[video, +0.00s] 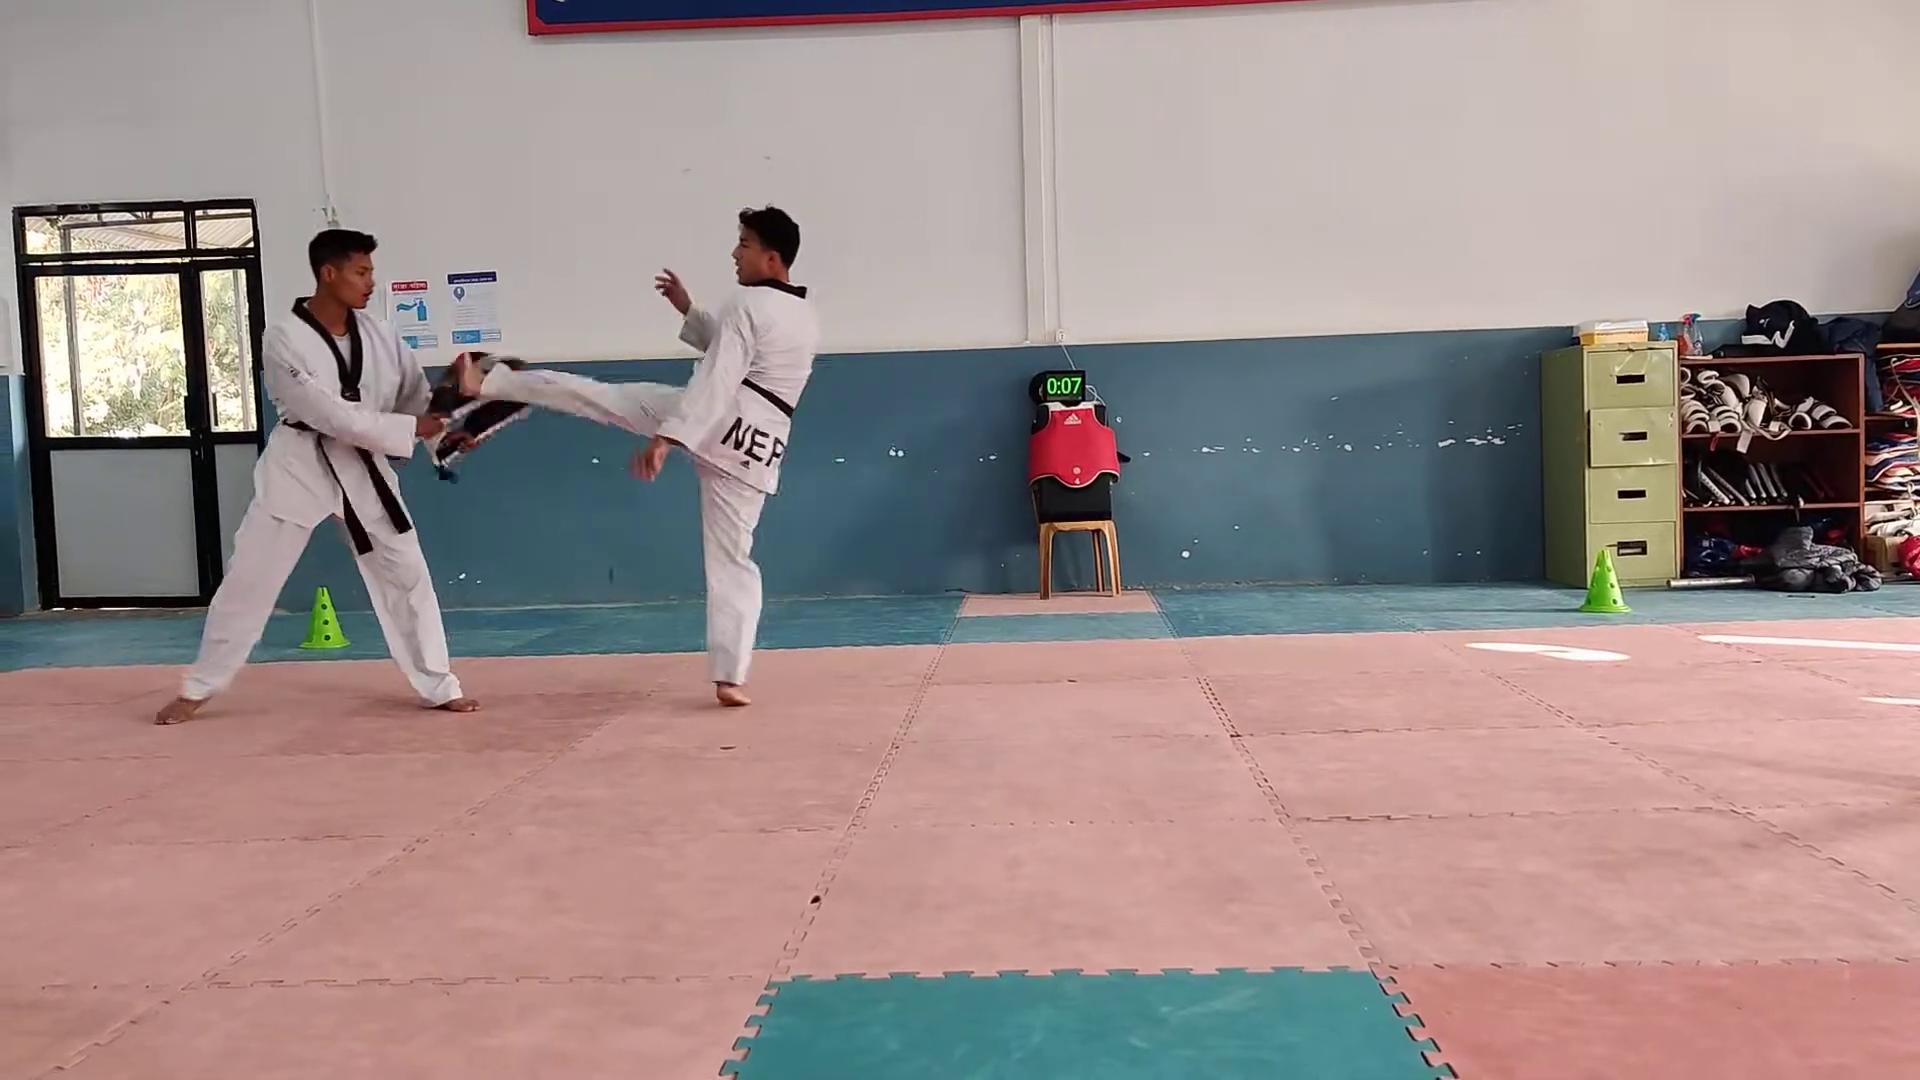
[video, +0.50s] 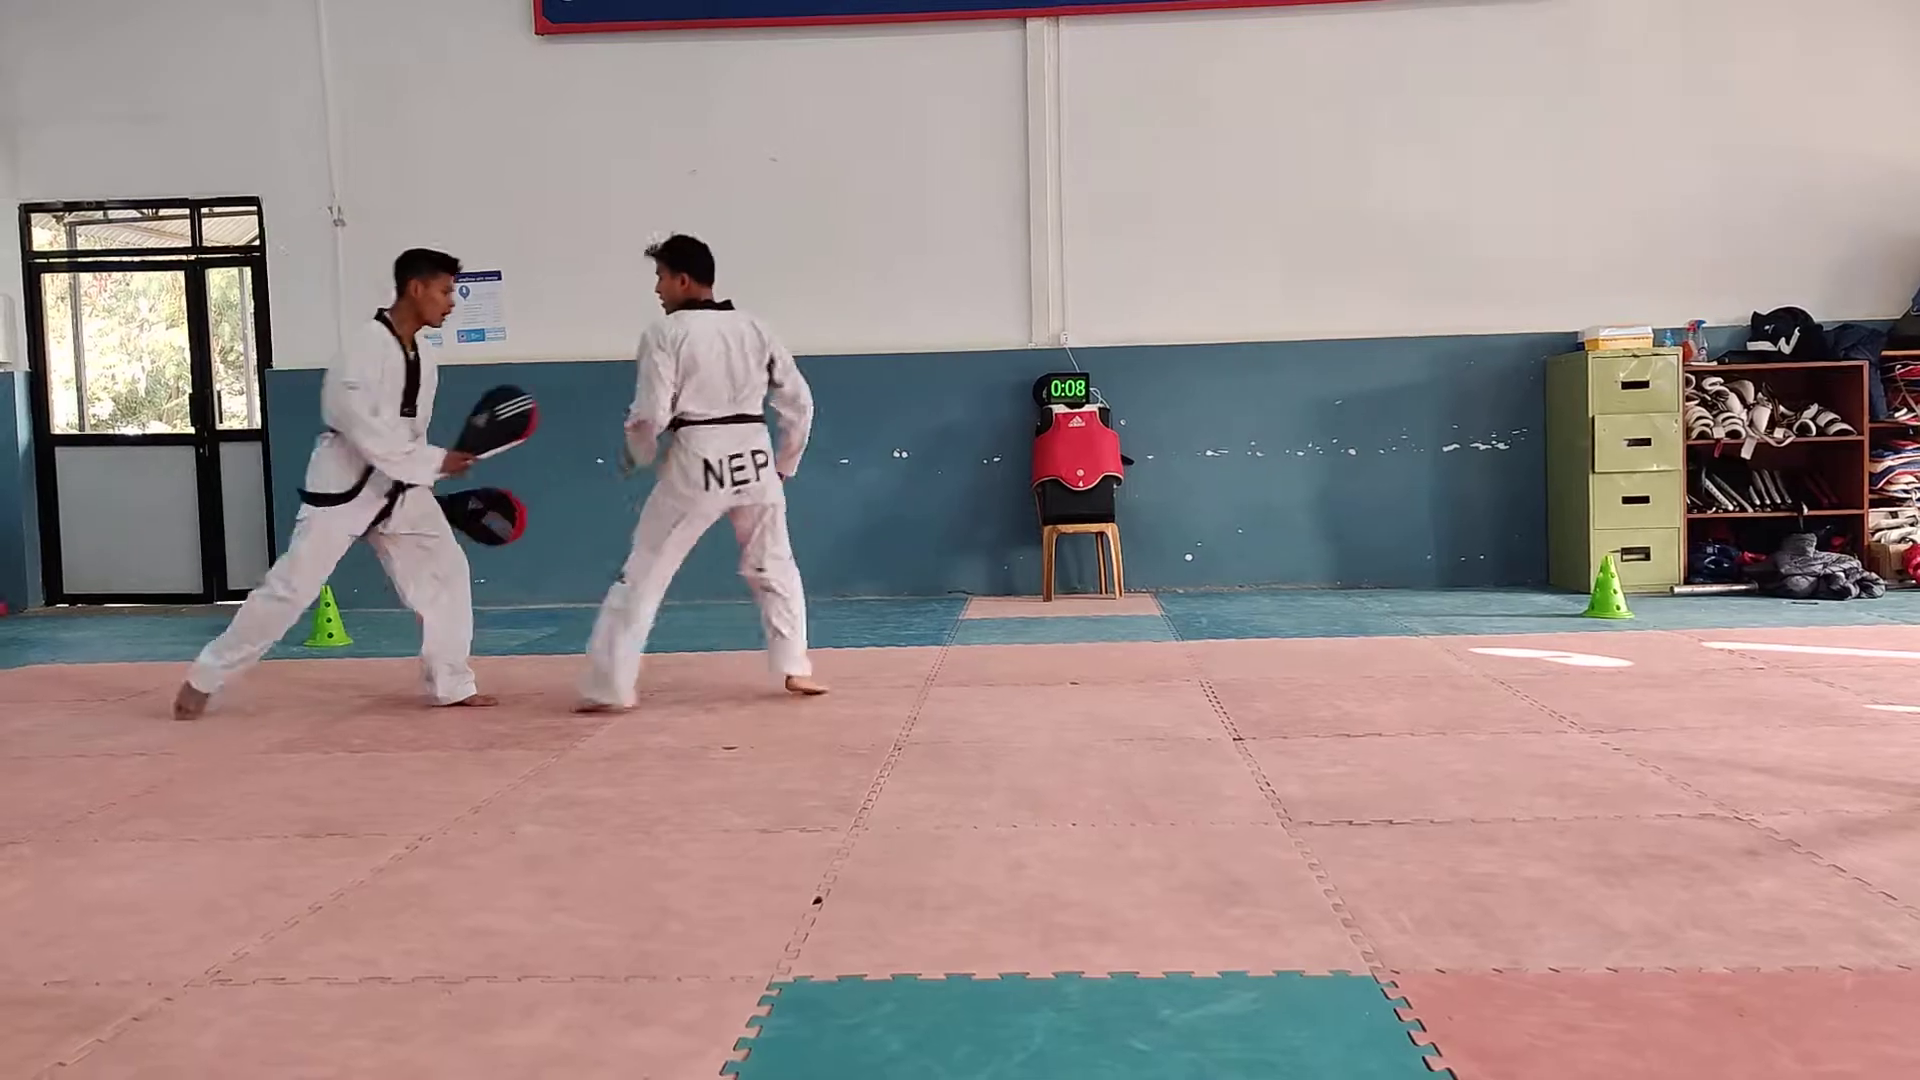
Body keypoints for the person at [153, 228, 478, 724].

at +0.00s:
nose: (371, 282)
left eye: (371, 272)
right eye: (362, 273)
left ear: (348, 276)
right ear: (327, 274)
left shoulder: (377, 332)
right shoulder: (285, 337)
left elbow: (414, 397)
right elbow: (322, 411)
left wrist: (455, 397)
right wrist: (411, 427)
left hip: (365, 462)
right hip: (299, 464)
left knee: (406, 570)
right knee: (250, 573)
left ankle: (439, 684)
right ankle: (197, 689)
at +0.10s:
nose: (341, 292)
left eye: (341, 283)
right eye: (331, 283)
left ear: (316, 286)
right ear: (297, 285)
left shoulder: (349, 340)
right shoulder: (258, 349)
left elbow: (384, 403)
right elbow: (275, 422)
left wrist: (426, 447)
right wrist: (368, 435)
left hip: (346, 478)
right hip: (279, 482)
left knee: (403, 573)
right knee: (233, 588)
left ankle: (438, 684)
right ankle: (189, 692)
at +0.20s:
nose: (337, 300)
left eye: (337, 290)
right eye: (327, 290)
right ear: (294, 293)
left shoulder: (350, 354)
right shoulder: (252, 359)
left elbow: (369, 433)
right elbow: (239, 443)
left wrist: (392, 480)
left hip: (347, 487)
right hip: (275, 489)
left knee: (406, 573)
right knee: (234, 594)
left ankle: (438, 684)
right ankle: (194, 695)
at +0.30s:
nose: (358, 306)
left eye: (358, 296)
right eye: (348, 296)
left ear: (331, 299)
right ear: (315, 298)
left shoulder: (361, 359)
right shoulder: (261, 364)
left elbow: (368, 442)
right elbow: (238, 450)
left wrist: (375, 499)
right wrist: (300, 494)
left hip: (352, 494)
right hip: (281, 497)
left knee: (417, 569)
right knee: (239, 598)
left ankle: (443, 684)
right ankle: (198, 695)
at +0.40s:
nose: (402, 306)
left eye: (402, 297)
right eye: (393, 296)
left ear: (375, 299)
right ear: (361, 297)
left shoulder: (393, 360)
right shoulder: (306, 355)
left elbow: (397, 438)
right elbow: (272, 434)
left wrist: (401, 485)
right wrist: (339, 479)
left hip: (376, 490)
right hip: (308, 492)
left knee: (431, 567)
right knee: (254, 592)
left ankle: (448, 684)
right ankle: (198, 693)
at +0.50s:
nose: (452, 302)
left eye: (453, 292)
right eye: (446, 291)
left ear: (424, 292)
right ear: (414, 288)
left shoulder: (423, 357)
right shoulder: (366, 342)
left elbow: (408, 436)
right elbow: (350, 417)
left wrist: (427, 479)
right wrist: (430, 458)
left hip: (399, 479)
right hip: (345, 475)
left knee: (446, 568)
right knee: (294, 585)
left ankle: (450, 683)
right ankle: (205, 676)